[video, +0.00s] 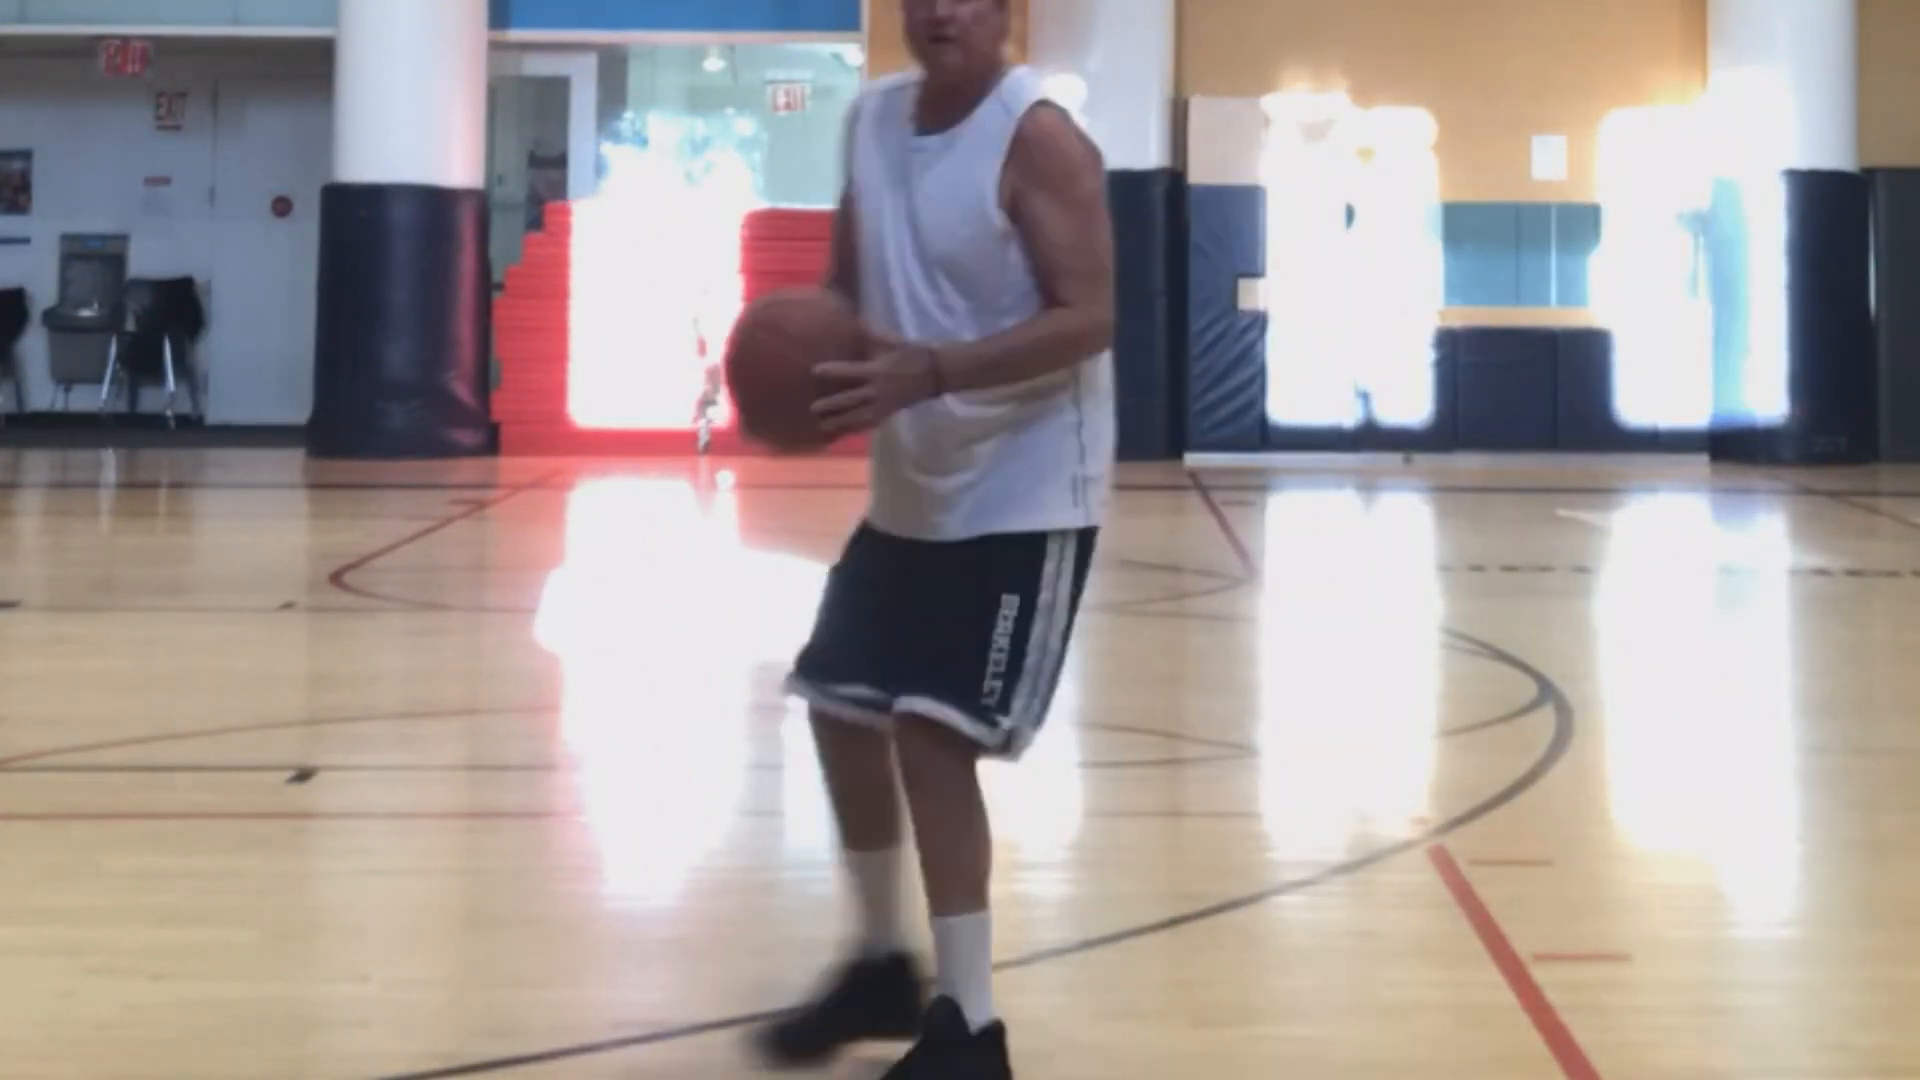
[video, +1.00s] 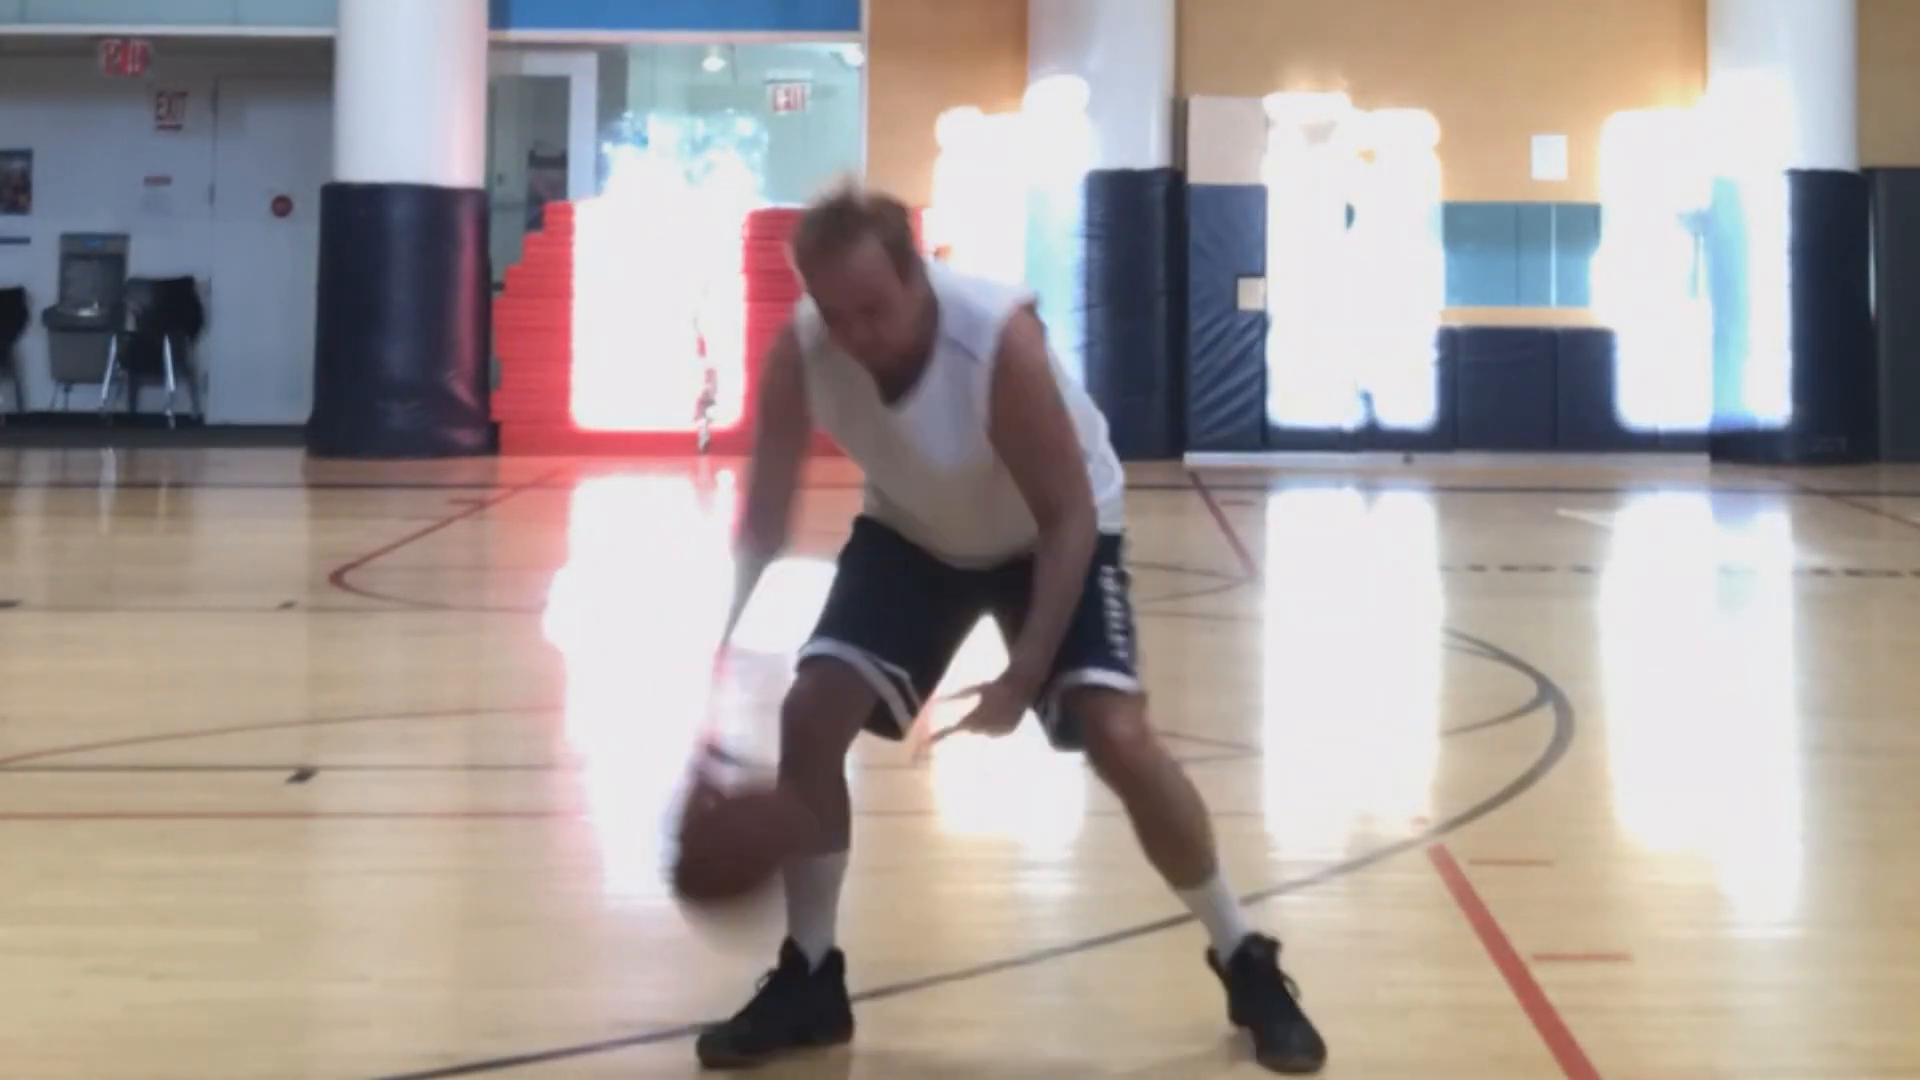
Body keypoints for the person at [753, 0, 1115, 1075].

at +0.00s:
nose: (945, 15)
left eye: (969, 0)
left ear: (1006, 16)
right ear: (902, 14)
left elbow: (1090, 320)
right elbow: (847, 295)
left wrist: (931, 369)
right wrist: (780, 366)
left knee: (931, 729)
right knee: (838, 704)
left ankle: (970, 1027)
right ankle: (885, 968)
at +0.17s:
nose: (976, 381)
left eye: (994, 357)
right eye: (954, 361)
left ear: (1025, 343)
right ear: (922, 351)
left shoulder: (1079, 415)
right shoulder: (878, 407)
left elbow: (1072, 600)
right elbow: (792, 553)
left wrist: (989, 745)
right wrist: (716, 690)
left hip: (1053, 574)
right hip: (911, 568)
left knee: (1143, 726)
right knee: (795, 721)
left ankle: (1206, 972)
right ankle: (774, 977)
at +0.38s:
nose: (987, 420)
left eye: (1003, 396)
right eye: (964, 400)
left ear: (1033, 372)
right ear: (932, 384)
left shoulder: (1089, 421)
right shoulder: (885, 426)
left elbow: (1194, 566)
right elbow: (865, 613)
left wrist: (1283, 712)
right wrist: (882, 793)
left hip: (1069, 568)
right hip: (926, 571)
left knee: (1146, 724)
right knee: (816, 715)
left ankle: (1208, 974)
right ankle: (771, 974)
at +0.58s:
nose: (1015, 421)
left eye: (1032, 401)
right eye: (998, 405)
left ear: (1064, 375)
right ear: (969, 380)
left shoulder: (1121, 422)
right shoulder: (927, 403)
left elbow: (1221, 582)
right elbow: (838, 528)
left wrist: (1267, 748)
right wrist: (771, 659)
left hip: (1117, 579)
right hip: (972, 573)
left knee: (1202, 721)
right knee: (854, 726)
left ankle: (1223, 977)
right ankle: (770, 975)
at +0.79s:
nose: (1236, 504)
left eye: (1254, 491)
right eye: (1228, 485)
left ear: (1262, 455)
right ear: (1182, 427)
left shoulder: (1219, 430)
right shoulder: (1058, 447)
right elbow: (917, 555)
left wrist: (1227, 590)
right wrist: (904, 729)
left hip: (1084, 576)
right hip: (947, 566)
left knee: (1183, 723)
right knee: (824, 748)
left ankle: (1242, 975)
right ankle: (754, 976)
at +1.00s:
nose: (855, 333)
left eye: (871, 309)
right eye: (834, 316)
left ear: (917, 276)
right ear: (811, 301)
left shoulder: (999, 339)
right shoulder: (802, 353)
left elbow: (1070, 518)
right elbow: (764, 520)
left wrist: (1027, 670)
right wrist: (718, 656)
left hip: (1050, 531)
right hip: (912, 533)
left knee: (1120, 741)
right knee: (810, 717)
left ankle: (1245, 962)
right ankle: (811, 980)